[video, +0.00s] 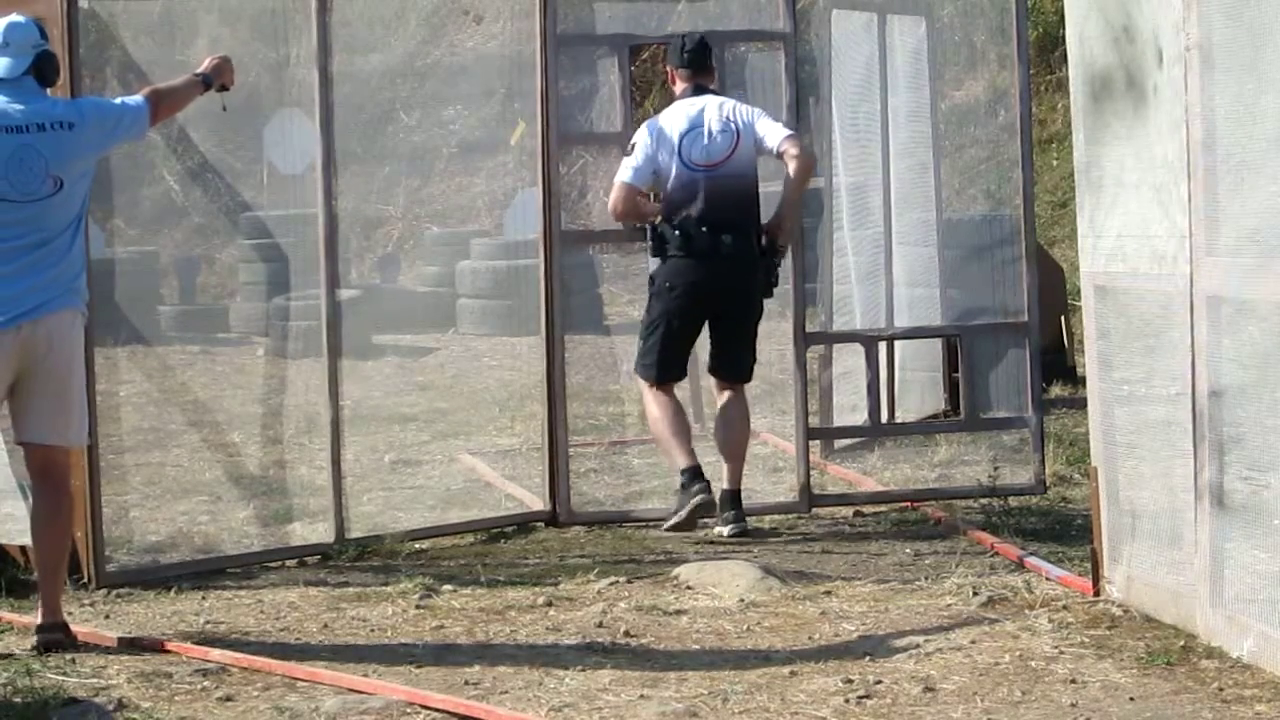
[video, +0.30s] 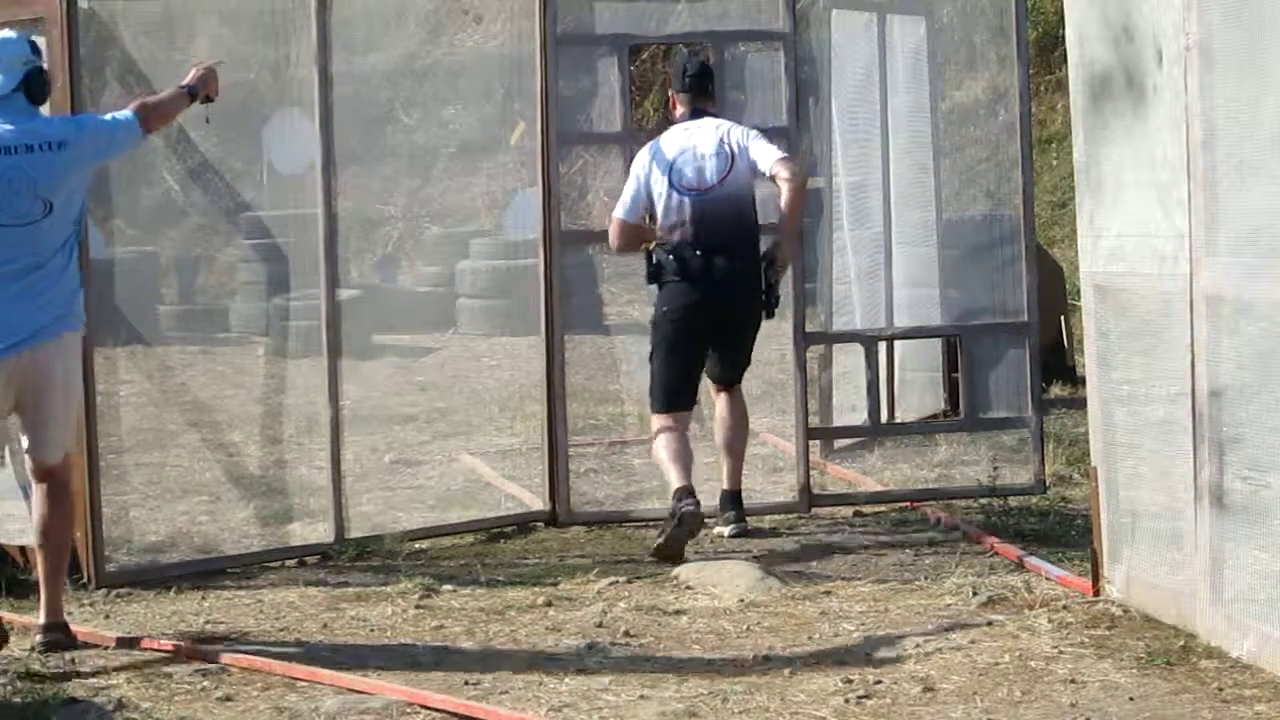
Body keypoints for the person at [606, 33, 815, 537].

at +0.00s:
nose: (671, 82)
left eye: (668, 75)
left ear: (673, 77)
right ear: (716, 75)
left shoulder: (656, 127)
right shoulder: (747, 114)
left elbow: (621, 206)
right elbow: (799, 156)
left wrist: (664, 209)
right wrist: (783, 221)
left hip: (682, 269)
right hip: (743, 266)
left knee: (656, 382)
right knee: (731, 384)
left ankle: (692, 484)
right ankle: (731, 506)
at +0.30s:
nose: (673, 103)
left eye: (672, 98)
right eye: (681, 96)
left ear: (675, 101)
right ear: (714, 98)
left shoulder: (653, 153)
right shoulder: (743, 136)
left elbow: (620, 238)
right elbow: (790, 176)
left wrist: (662, 230)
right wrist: (784, 247)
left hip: (681, 295)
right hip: (741, 289)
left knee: (669, 421)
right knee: (727, 387)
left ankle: (683, 499)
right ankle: (732, 505)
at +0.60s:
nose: (668, 84)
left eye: (663, 77)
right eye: (700, 75)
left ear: (661, 81)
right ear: (707, 77)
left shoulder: (633, 133)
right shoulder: (730, 115)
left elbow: (626, 226)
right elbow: (770, 191)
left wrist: (662, 210)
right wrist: (727, 177)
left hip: (675, 275)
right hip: (737, 266)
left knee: (670, 412)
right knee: (748, 376)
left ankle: (680, 533)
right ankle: (768, 495)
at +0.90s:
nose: (697, 79)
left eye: (692, 72)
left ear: (692, 76)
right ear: (738, 75)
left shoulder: (665, 118)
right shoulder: (760, 114)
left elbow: (658, 129)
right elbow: (740, 119)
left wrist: (695, 98)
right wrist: (710, 94)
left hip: (691, 290)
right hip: (759, 285)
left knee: (669, 414)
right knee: (813, 406)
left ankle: (678, 537)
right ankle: (871, 526)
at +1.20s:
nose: (709, 81)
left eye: (707, 74)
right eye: (735, 74)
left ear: (710, 78)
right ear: (755, 76)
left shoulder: (685, 117)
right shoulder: (782, 116)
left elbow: (688, 121)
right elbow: (751, 117)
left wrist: (704, 98)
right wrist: (720, 96)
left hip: (711, 287)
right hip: (780, 285)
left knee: (673, 408)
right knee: (828, 411)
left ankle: (678, 535)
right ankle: (876, 532)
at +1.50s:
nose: (711, 82)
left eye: (708, 76)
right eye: (738, 75)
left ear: (710, 78)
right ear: (755, 77)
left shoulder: (685, 118)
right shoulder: (782, 117)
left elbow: (690, 122)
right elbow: (752, 115)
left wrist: (704, 98)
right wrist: (720, 95)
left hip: (708, 291)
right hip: (778, 289)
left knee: (671, 409)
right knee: (828, 413)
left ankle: (678, 536)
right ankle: (876, 534)